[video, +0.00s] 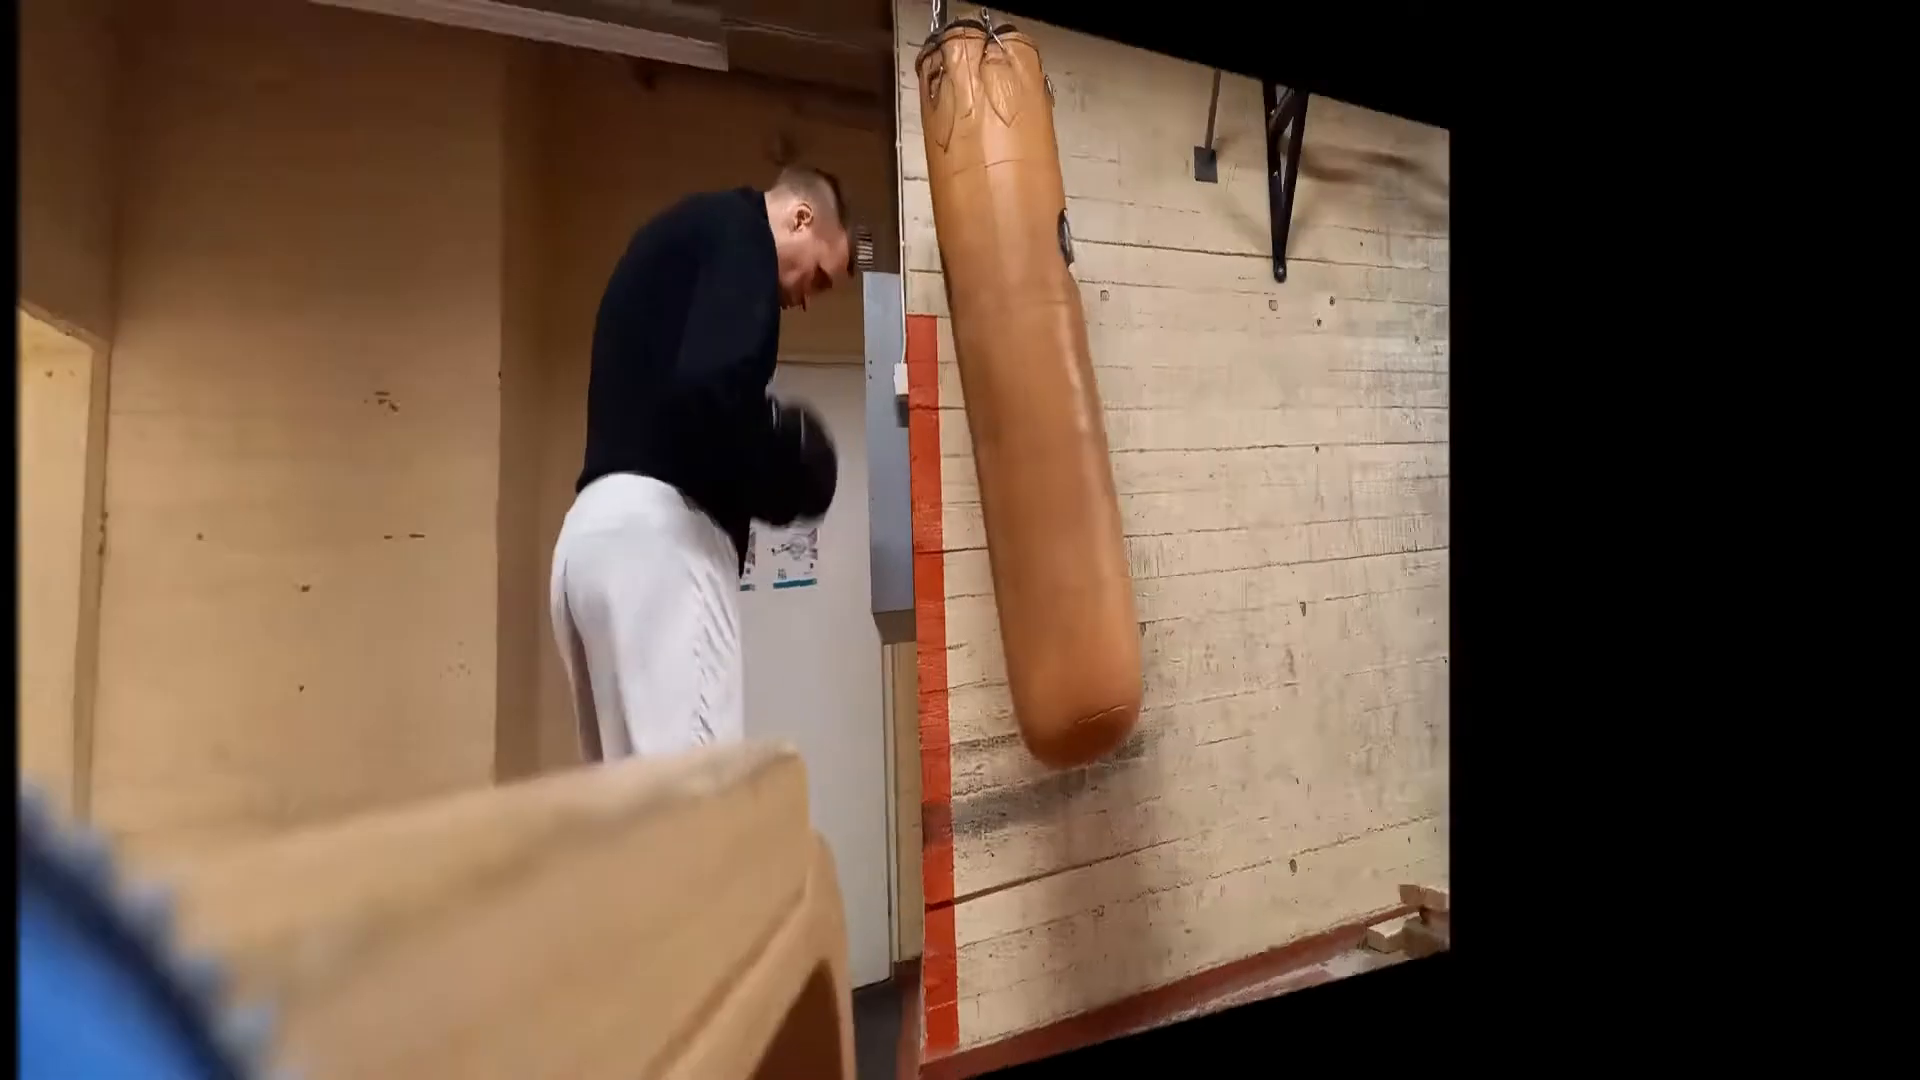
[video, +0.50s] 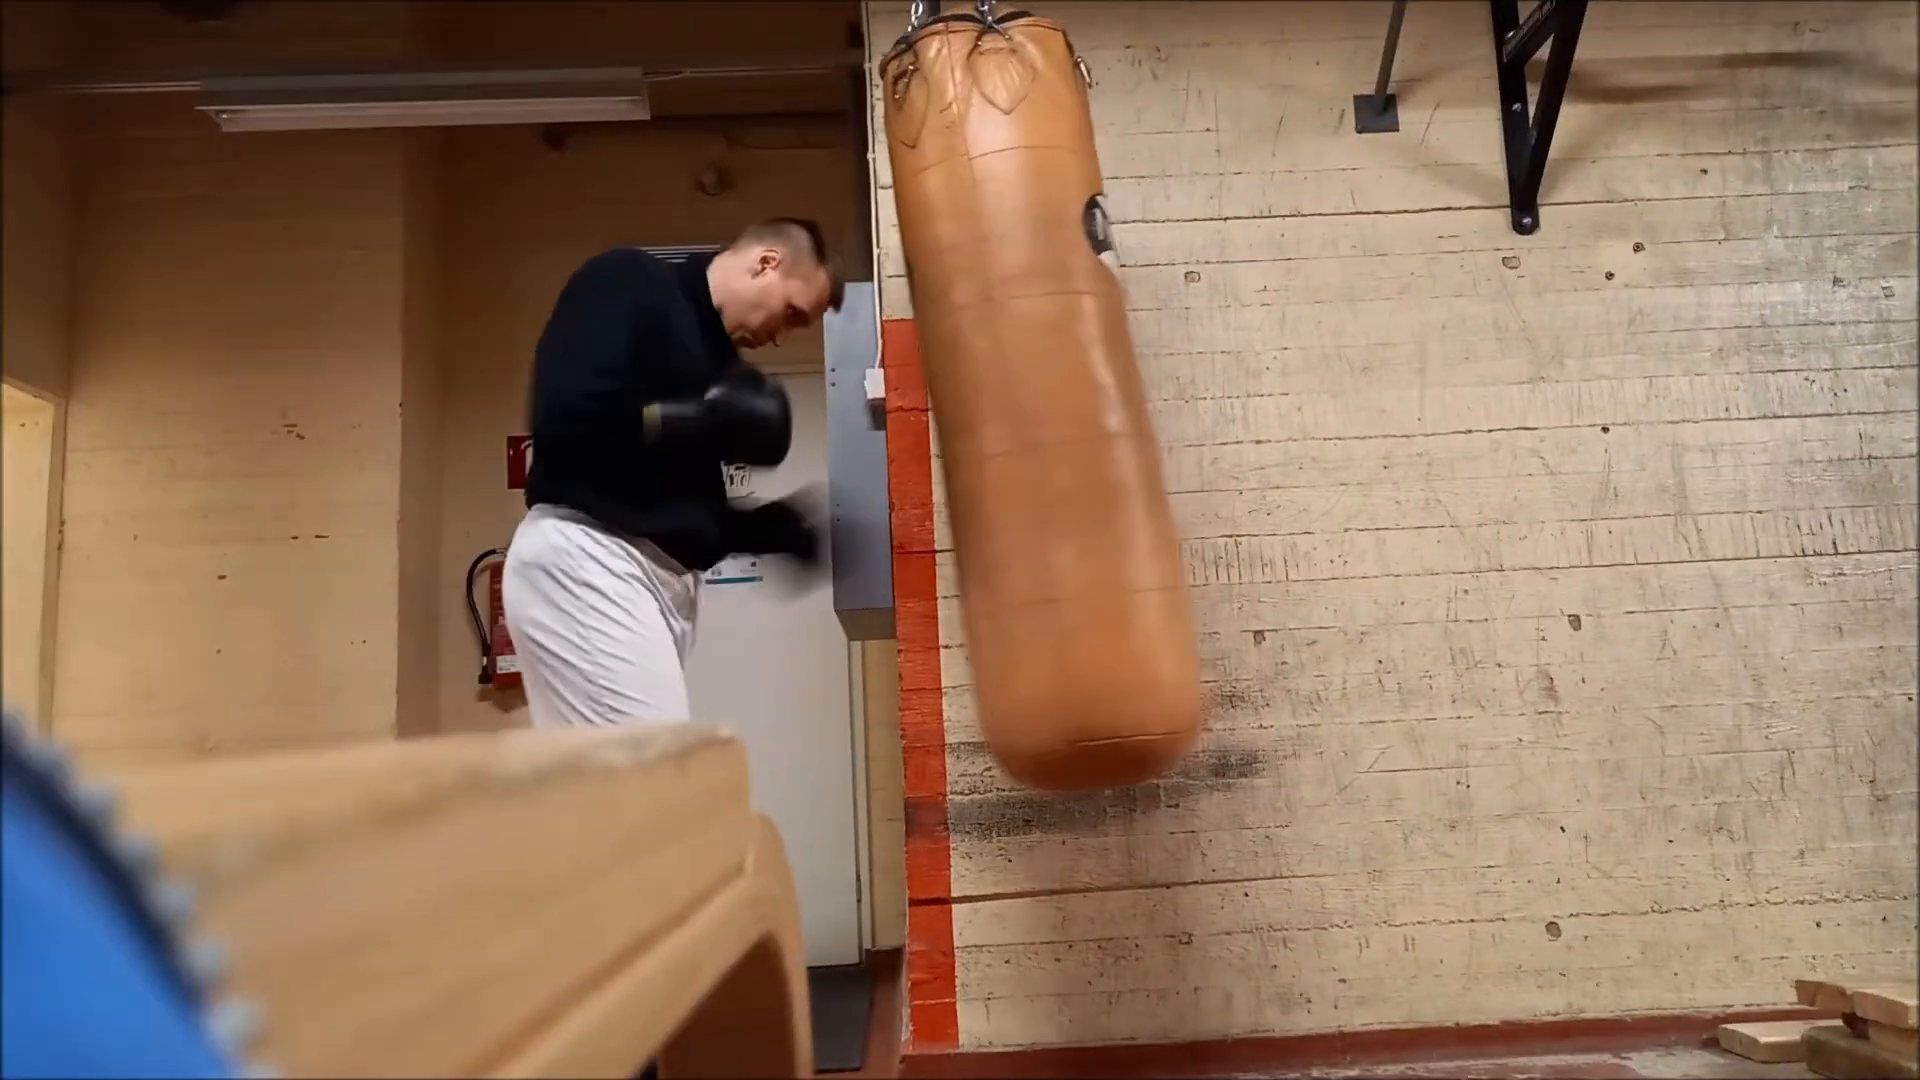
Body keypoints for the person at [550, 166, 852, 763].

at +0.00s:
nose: (804, 300)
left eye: (820, 288)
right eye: (818, 275)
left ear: (794, 216)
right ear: (799, 218)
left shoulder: (671, 242)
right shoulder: (740, 234)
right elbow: (713, 393)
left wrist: (767, 454)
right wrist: (790, 473)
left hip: (593, 533)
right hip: (657, 532)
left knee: (628, 808)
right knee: (695, 809)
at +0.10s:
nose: (744, 321)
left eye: (762, 310)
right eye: (760, 297)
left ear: (733, 242)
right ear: (735, 245)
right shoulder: (666, 265)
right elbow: (629, 400)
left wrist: (714, 428)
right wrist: (722, 451)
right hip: (578, 539)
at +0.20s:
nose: (741, 334)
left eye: (758, 324)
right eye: (756, 311)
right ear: (731, 264)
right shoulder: (677, 286)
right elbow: (640, 423)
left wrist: (713, 463)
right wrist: (732, 471)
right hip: (590, 544)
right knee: (645, 799)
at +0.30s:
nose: (746, 345)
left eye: (764, 334)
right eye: (762, 322)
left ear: (738, 273)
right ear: (739, 275)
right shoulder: (678, 292)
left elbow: (526, 474)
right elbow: (650, 430)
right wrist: (727, 504)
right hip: (587, 556)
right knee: (659, 799)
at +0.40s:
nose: (770, 340)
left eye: (784, 328)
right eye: (781, 317)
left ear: (752, 269)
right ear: (756, 270)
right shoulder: (655, 286)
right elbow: (622, 429)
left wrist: (699, 557)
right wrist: (728, 432)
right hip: (582, 564)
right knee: (667, 786)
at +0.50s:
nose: (780, 338)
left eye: (795, 327)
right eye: (792, 313)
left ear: (764, 264)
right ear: (765, 264)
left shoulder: (720, 369)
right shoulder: (625, 282)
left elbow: (679, 521)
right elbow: (567, 438)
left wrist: (771, 525)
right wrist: (703, 422)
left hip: (663, 584)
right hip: (583, 564)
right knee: (654, 786)